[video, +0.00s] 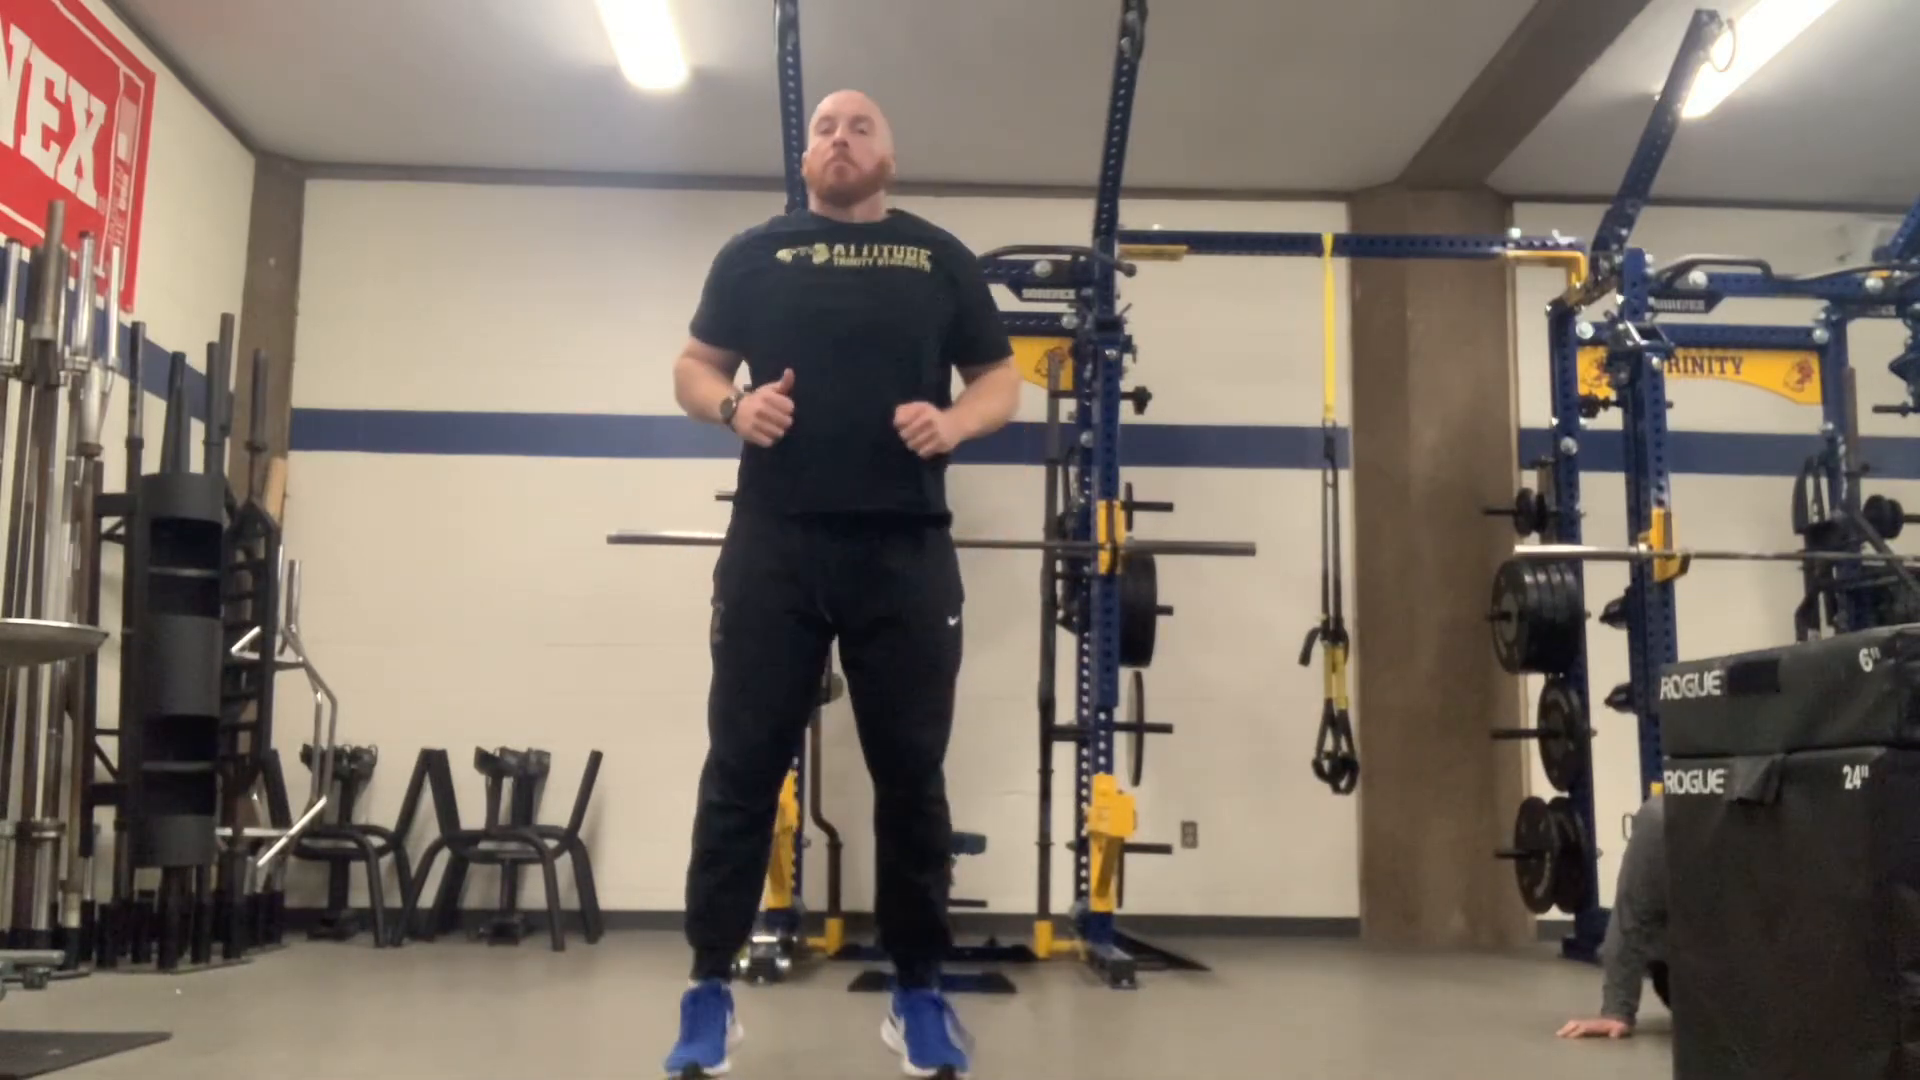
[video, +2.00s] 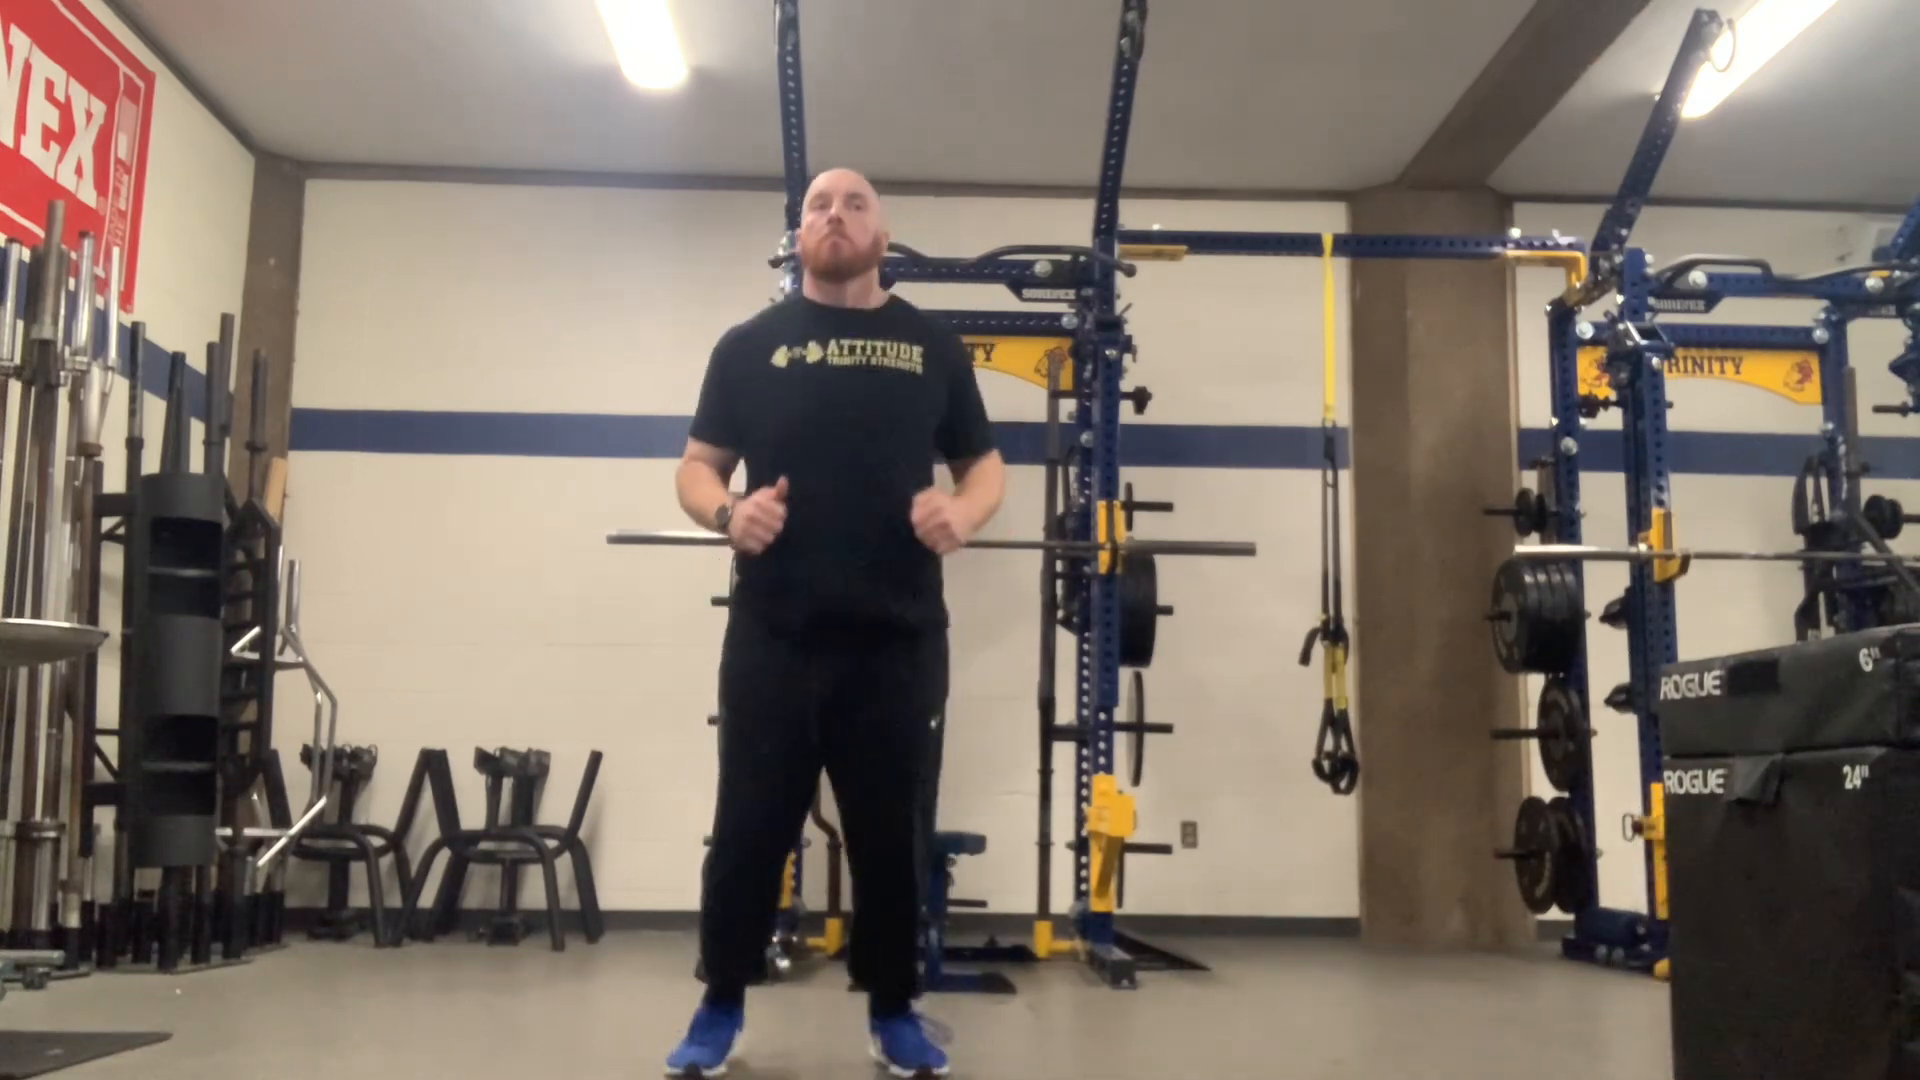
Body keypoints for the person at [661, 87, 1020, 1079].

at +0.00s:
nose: (841, 134)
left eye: (861, 125)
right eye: (825, 126)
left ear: (893, 159)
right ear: (802, 159)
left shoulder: (941, 259)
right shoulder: (752, 256)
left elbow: (1002, 382)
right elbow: (697, 370)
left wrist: (955, 422)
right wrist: (732, 406)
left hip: (903, 551)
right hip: (775, 546)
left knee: (912, 777)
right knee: (742, 766)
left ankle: (919, 992)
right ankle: (708, 988)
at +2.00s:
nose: (836, 211)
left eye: (855, 202)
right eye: (819, 204)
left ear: (886, 237)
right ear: (796, 239)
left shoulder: (933, 346)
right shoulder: (748, 347)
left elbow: (984, 469)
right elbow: (697, 472)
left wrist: (964, 508)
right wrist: (728, 511)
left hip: (897, 632)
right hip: (774, 629)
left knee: (893, 837)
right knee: (749, 830)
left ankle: (894, 1016)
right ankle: (719, 1010)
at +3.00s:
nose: (834, 129)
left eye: (854, 119)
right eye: (818, 120)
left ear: (887, 151)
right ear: (796, 153)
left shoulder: (935, 257)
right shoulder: (745, 253)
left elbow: (992, 379)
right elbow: (696, 389)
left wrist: (955, 410)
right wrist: (755, 396)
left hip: (896, 548)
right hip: (766, 544)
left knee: (909, 768)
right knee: (731, 757)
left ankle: (912, 965)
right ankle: (711, 957)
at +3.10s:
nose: (834, 125)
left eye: (853, 116)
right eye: (817, 118)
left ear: (886, 149)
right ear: (794, 153)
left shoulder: (935, 257)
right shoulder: (740, 256)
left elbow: (998, 382)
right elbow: (690, 392)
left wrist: (965, 422)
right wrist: (744, 403)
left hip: (899, 546)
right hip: (767, 542)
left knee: (916, 758)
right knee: (725, 752)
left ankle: (920, 983)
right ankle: (697, 982)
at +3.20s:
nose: (832, 178)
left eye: (852, 167)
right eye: (816, 168)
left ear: (884, 201)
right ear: (792, 202)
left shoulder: (933, 309)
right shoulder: (738, 310)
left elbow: (1005, 433)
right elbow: (683, 440)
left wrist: (973, 470)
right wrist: (725, 472)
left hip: (901, 596)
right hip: (766, 594)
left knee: (915, 810)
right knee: (733, 799)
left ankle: (921, 1031)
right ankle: (695, 1023)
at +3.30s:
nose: (833, 181)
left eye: (853, 170)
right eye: (817, 172)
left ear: (888, 205)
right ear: (795, 207)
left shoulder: (939, 318)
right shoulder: (744, 318)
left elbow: (1003, 446)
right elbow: (698, 450)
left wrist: (973, 461)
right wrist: (728, 477)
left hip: (899, 608)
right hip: (766, 603)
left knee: (910, 825)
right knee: (734, 816)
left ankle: (912, 1031)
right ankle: (700, 1027)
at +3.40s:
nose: (837, 132)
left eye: (858, 121)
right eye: (822, 122)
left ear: (893, 152)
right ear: (801, 154)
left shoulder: (941, 261)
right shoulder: (749, 257)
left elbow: (1004, 385)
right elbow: (704, 379)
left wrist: (962, 421)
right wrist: (736, 411)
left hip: (902, 563)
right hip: (768, 557)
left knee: (911, 785)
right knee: (729, 777)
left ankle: (926, 1010)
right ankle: (693, 1004)